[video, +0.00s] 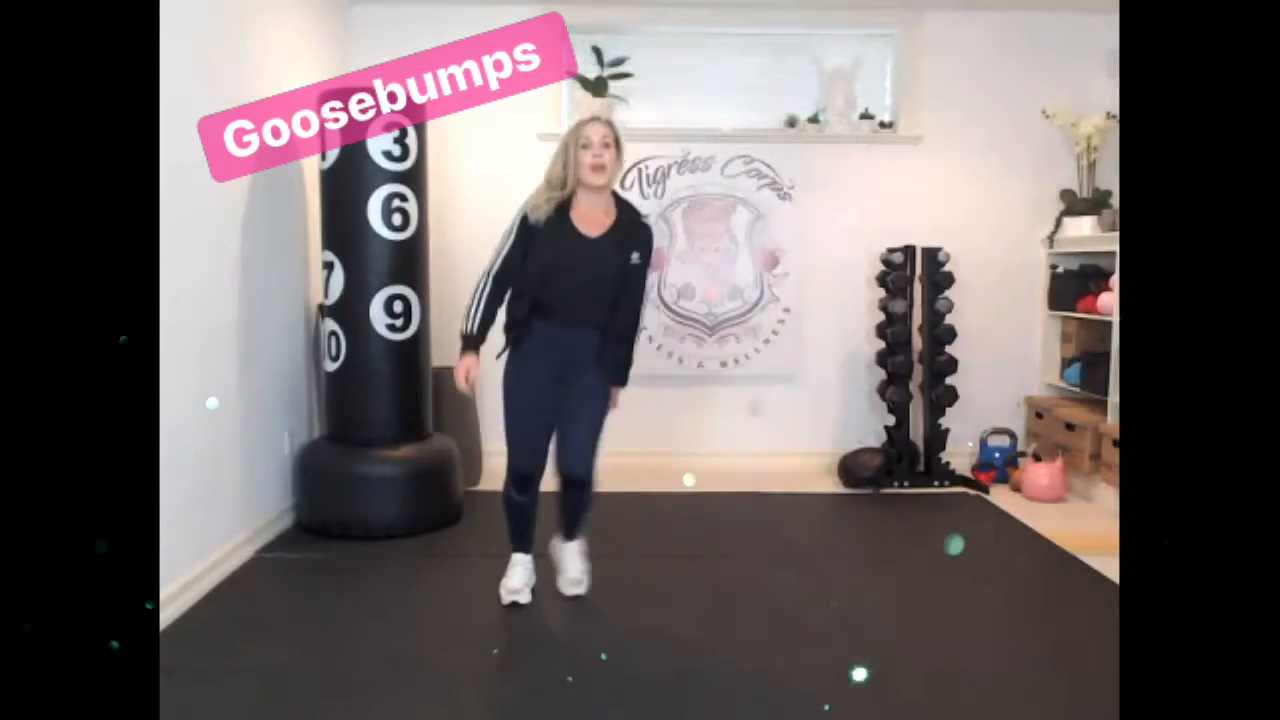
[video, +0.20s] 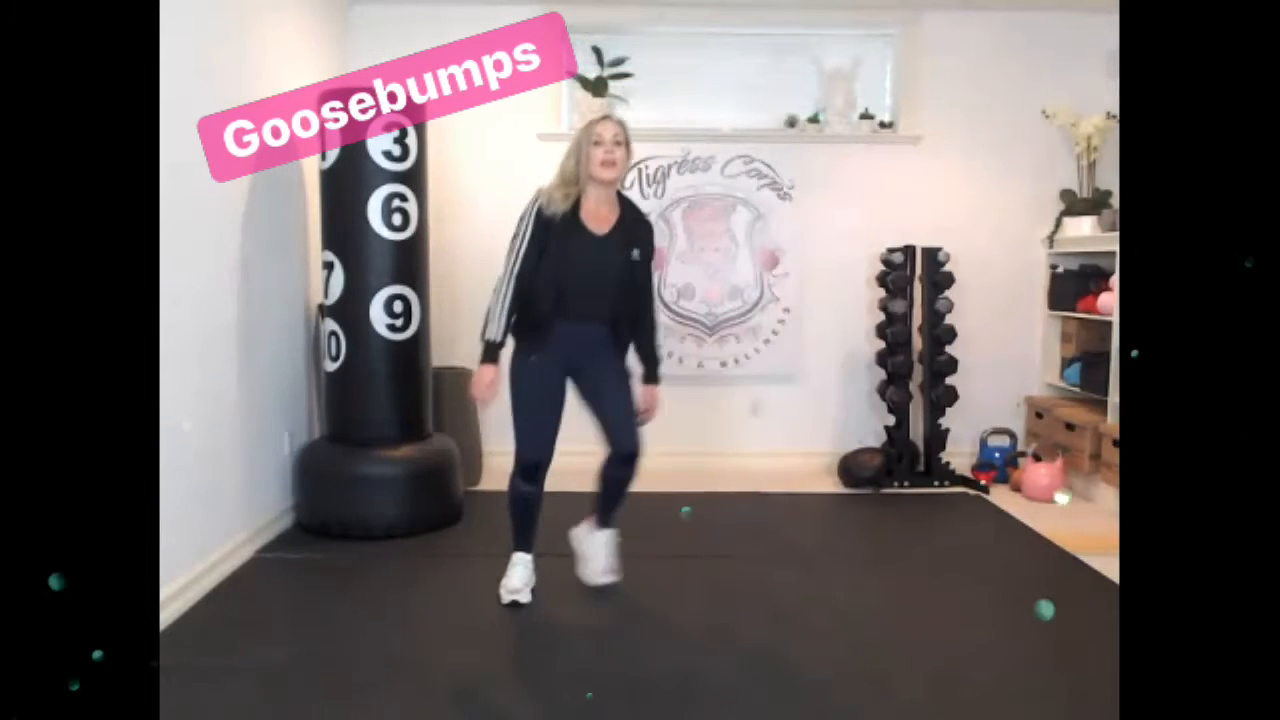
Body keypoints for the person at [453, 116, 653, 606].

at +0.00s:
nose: (597, 156)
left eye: (606, 147)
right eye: (587, 147)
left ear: (618, 157)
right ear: (571, 156)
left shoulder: (635, 229)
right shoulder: (540, 213)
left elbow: (630, 308)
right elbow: (497, 278)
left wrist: (617, 377)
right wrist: (471, 345)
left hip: (592, 360)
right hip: (532, 352)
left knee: (577, 467)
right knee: (525, 466)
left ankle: (570, 543)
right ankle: (520, 558)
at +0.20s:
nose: (609, 152)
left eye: (618, 144)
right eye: (599, 144)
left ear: (628, 155)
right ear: (581, 153)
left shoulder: (636, 225)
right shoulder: (546, 208)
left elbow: (642, 302)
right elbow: (510, 280)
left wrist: (650, 376)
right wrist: (490, 356)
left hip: (599, 350)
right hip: (540, 347)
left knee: (626, 447)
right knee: (532, 460)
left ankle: (599, 530)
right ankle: (521, 557)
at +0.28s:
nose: (620, 148)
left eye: (628, 140)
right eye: (611, 139)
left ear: (639, 151)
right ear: (592, 147)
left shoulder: (645, 218)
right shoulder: (556, 201)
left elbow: (655, 296)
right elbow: (523, 272)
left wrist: (672, 368)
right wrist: (509, 347)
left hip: (617, 341)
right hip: (554, 339)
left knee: (657, 439)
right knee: (539, 456)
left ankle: (657, 527)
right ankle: (522, 558)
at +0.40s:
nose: (632, 156)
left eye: (641, 149)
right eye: (623, 147)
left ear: (650, 160)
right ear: (605, 154)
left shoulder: (659, 227)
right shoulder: (568, 211)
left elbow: (671, 302)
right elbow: (534, 280)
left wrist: (695, 371)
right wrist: (527, 354)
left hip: (634, 349)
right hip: (570, 348)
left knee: (676, 449)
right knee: (545, 459)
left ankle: (716, 536)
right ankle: (522, 558)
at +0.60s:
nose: (671, 172)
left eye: (679, 164)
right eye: (661, 164)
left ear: (692, 172)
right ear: (647, 174)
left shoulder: (710, 236)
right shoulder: (626, 233)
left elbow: (725, 308)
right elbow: (601, 305)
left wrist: (738, 376)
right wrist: (571, 373)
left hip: (694, 361)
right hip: (634, 360)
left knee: (722, 461)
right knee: (588, 462)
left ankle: (740, 548)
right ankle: (533, 555)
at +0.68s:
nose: (687, 162)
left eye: (696, 154)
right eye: (678, 155)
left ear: (710, 162)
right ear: (665, 165)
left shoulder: (732, 222)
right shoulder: (645, 221)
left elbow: (746, 293)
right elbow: (621, 294)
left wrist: (750, 358)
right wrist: (597, 364)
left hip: (717, 352)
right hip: (657, 350)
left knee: (737, 456)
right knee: (615, 449)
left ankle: (742, 546)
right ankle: (575, 539)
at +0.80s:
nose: (698, 153)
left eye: (708, 145)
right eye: (689, 146)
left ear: (722, 152)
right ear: (678, 154)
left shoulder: (744, 208)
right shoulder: (657, 211)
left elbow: (762, 282)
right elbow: (638, 280)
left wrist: (759, 349)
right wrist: (626, 346)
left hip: (731, 342)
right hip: (673, 341)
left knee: (740, 448)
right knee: (658, 441)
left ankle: (743, 543)